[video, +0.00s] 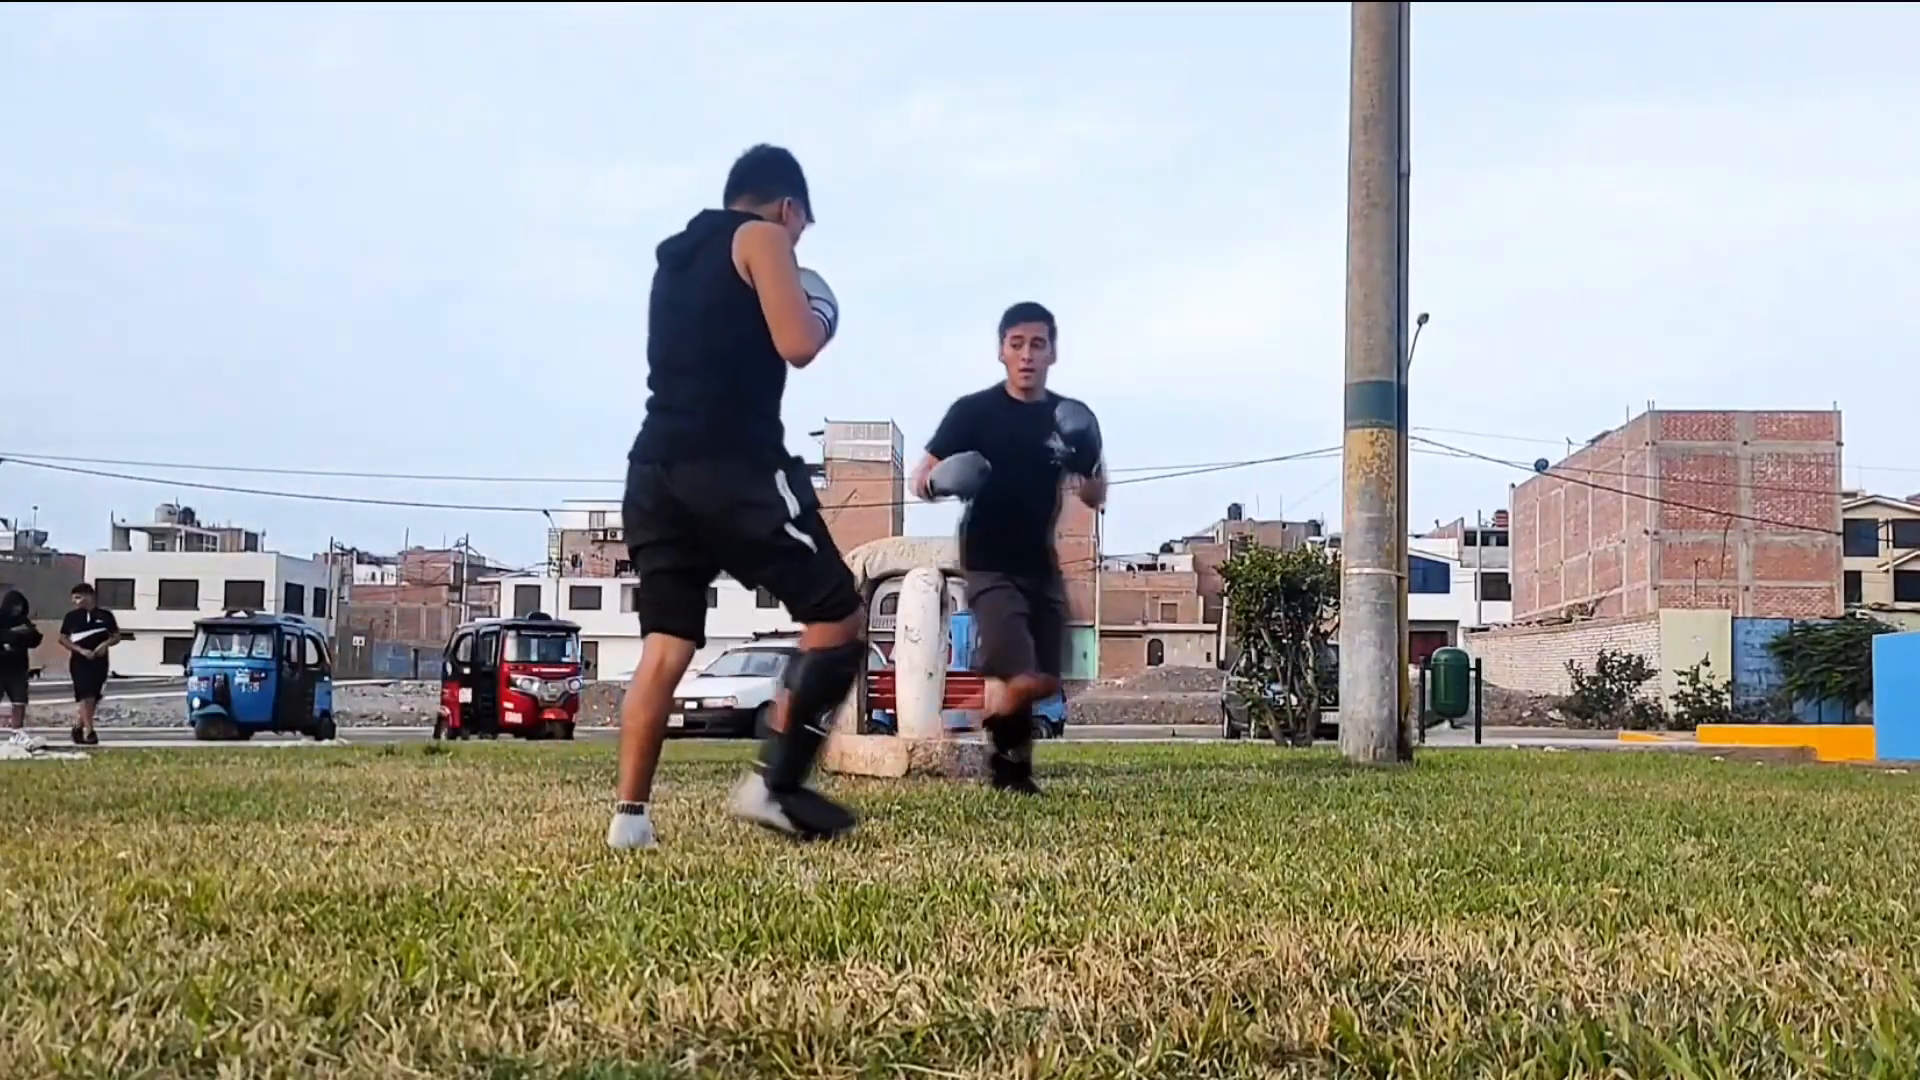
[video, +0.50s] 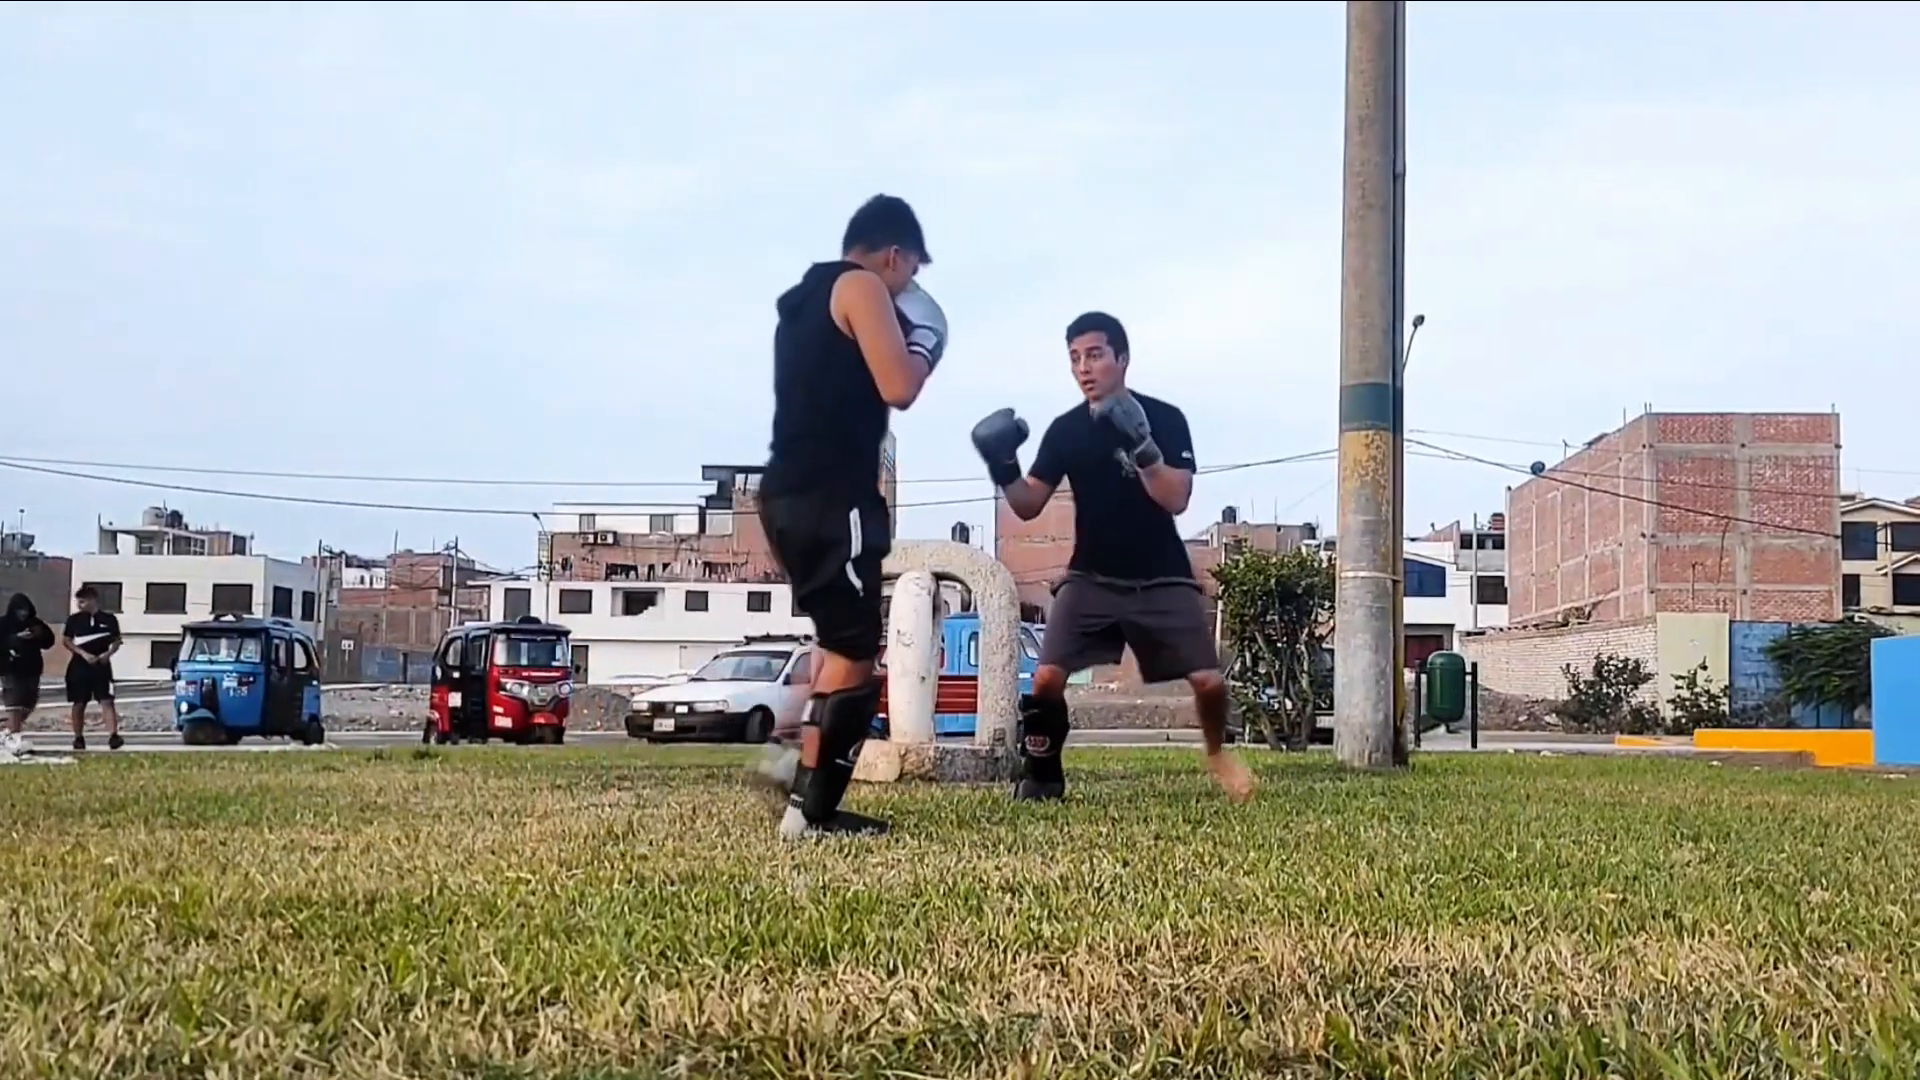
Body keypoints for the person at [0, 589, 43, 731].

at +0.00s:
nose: (18, 609)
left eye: (21, 606)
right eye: (15, 605)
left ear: (24, 607)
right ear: (8, 606)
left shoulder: (23, 621)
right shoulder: (5, 622)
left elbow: (36, 639)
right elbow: (8, 639)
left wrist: (26, 632)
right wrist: (23, 635)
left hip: (18, 664)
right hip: (6, 664)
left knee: (20, 700)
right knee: (18, 700)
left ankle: (17, 731)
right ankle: (17, 731)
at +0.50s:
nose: (24, 613)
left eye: (26, 609)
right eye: (20, 609)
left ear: (30, 609)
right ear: (13, 610)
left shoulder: (34, 623)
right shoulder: (5, 624)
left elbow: (49, 641)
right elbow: (3, 642)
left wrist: (37, 634)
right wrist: (17, 638)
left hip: (31, 669)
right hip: (11, 668)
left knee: (29, 705)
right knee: (14, 704)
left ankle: (9, 732)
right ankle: (16, 739)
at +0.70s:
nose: (32, 621)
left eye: (36, 617)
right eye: (29, 617)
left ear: (45, 618)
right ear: (25, 619)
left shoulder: (55, 638)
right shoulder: (19, 636)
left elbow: (61, 662)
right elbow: (7, 658)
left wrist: (51, 674)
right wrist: (23, 672)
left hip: (44, 686)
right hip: (22, 686)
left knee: (48, 723)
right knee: (18, 724)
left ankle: (48, 759)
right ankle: (14, 757)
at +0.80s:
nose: (6, 627)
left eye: (9, 623)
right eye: (3, 623)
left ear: (17, 625)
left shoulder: (27, 646)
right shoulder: (1, 646)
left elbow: (35, 670)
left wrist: (22, 682)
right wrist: (1, 684)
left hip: (16, 694)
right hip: (2, 693)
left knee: (17, 733)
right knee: (8, 733)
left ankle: (16, 770)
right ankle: (14, 769)